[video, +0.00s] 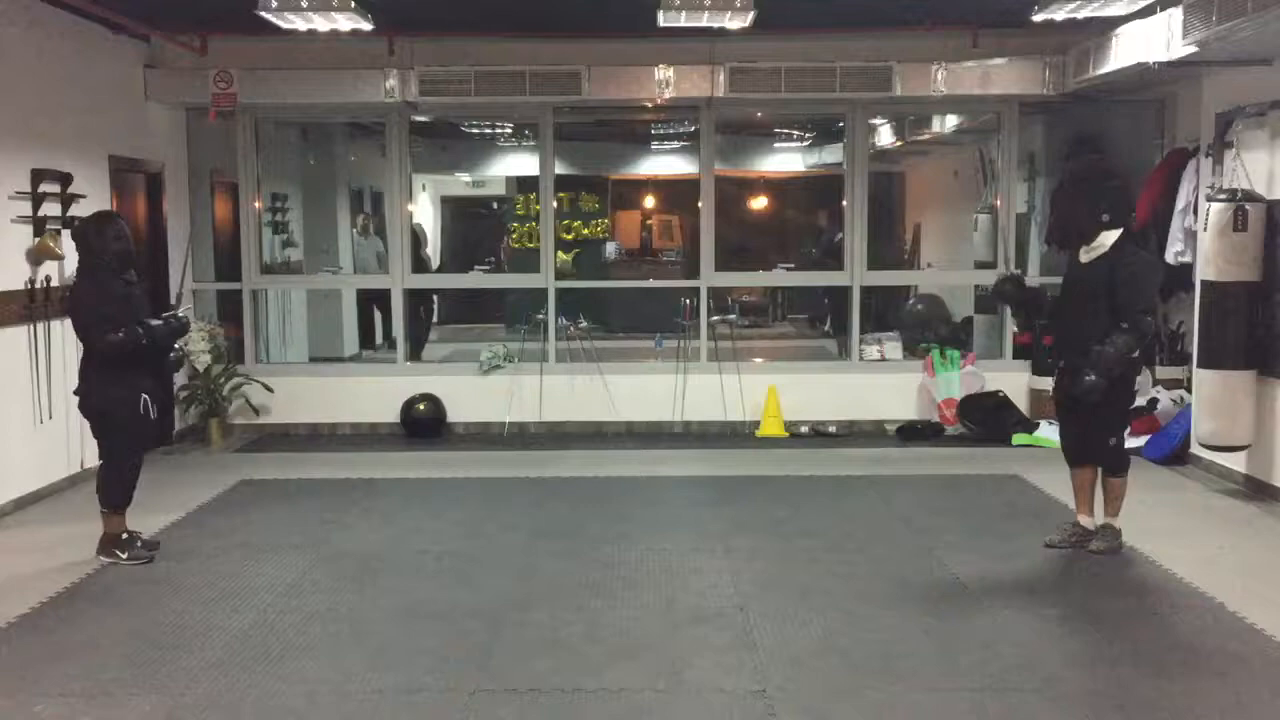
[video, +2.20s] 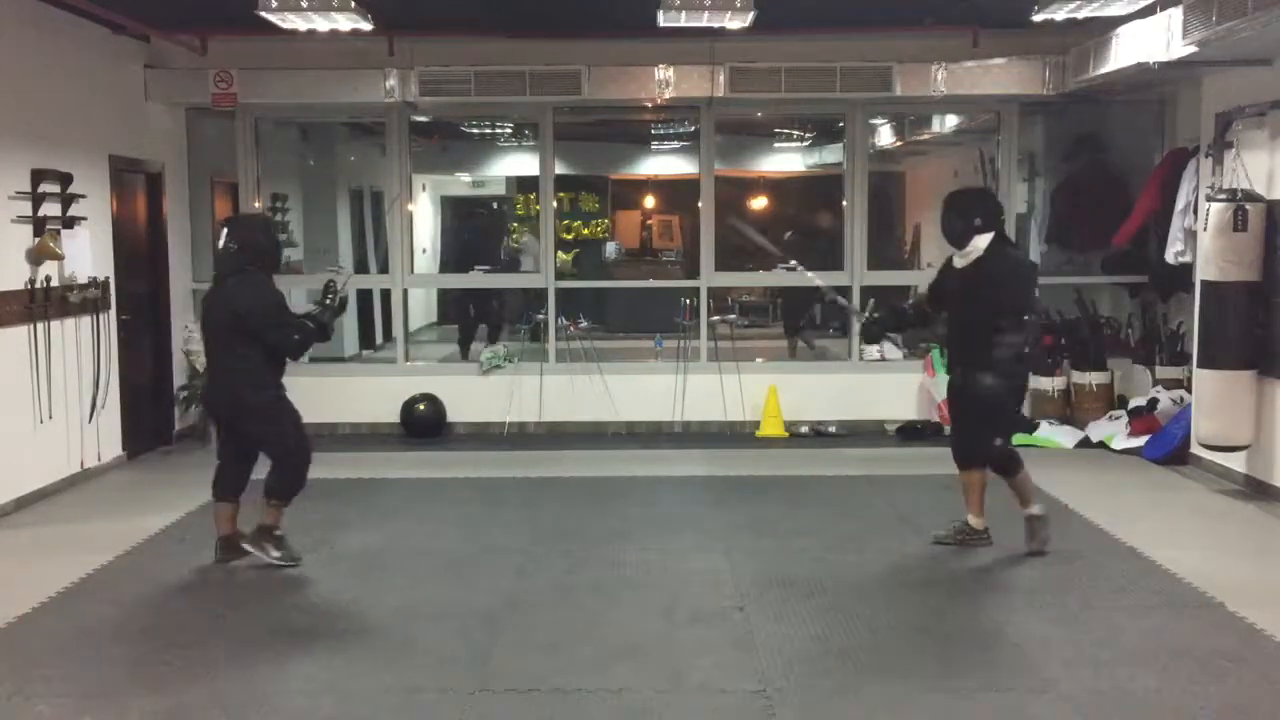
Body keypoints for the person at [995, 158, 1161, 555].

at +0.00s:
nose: (1063, 222)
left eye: (1069, 211)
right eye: (1064, 211)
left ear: (1098, 211)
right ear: (1086, 214)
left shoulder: (1131, 259)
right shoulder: (1081, 259)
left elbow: (1140, 327)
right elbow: (1066, 319)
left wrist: (1099, 369)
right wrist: (1027, 299)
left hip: (1112, 373)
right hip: (1074, 371)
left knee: (1110, 448)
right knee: (1077, 447)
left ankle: (1111, 528)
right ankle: (1083, 524)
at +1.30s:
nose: (1060, 219)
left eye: (1066, 212)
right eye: (1061, 211)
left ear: (1089, 215)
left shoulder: (1123, 261)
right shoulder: (1071, 260)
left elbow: (1127, 322)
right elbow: (1058, 309)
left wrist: (1061, 329)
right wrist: (1033, 311)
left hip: (1108, 374)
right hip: (1067, 371)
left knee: (1108, 448)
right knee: (1051, 443)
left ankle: (1110, 526)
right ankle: (1062, 523)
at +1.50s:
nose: (1049, 222)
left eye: (1057, 214)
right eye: (1051, 214)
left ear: (1077, 216)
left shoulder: (1112, 263)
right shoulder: (1058, 263)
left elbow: (1108, 325)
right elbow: (1040, 314)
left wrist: (1046, 334)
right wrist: (1014, 315)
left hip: (1096, 376)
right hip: (1053, 374)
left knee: (1103, 451)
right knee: (1025, 440)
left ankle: (1109, 526)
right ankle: (1004, 518)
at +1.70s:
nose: (1026, 237)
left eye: (1032, 228)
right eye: (1023, 229)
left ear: (1052, 226)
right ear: (1024, 230)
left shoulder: (1086, 269)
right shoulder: (1028, 276)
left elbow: (1083, 327)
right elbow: (1011, 335)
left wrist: (1032, 337)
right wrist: (992, 329)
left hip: (1074, 375)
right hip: (1032, 375)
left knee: (1087, 450)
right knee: (1005, 444)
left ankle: (1107, 525)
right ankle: (979, 522)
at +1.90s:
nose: (978, 235)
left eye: (984, 226)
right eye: (979, 227)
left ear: (1007, 227)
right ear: (1003, 229)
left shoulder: (1043, 265)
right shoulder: (992, 274)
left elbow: (1046, 324)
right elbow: (987, 325)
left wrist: (991, 339)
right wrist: (959, 330)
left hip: (1041, 375)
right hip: (1002, 375)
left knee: (1059, 448)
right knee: (979, 442)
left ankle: (1098, 520)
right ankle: (975, 524)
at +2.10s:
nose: (954, 229)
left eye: (959, 220)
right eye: (954, 221)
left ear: (980, 221)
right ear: (982, 221)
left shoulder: (1018, 261)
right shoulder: (967, 264)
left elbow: (1027, 322)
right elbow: (951, 312)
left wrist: (980, 352)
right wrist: (914, 317)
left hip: (1013, 369)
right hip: (974, 368)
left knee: (1018, 445)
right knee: (970, 444)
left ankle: (1068, 510)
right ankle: (976, 524)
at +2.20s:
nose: (946, 228)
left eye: (952, 220)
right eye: (946, 220)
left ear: (974, 221)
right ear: (975, 221)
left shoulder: (1011, 266)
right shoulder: (955, 265)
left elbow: (1016, 328)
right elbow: (930, 306)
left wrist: (999, 372)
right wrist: (892, 320)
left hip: (999, 372)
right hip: (964, 371)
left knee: (995, 447)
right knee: (968, 447)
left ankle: (1033, 509)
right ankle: (975, 523)